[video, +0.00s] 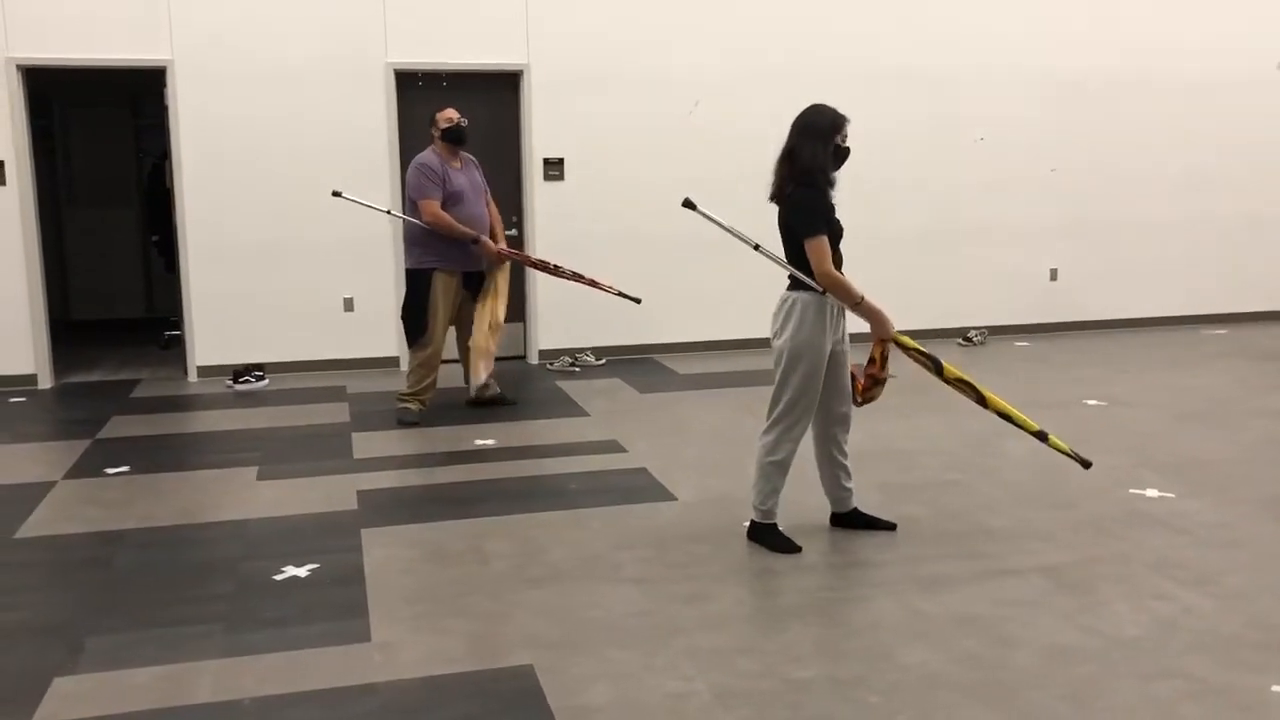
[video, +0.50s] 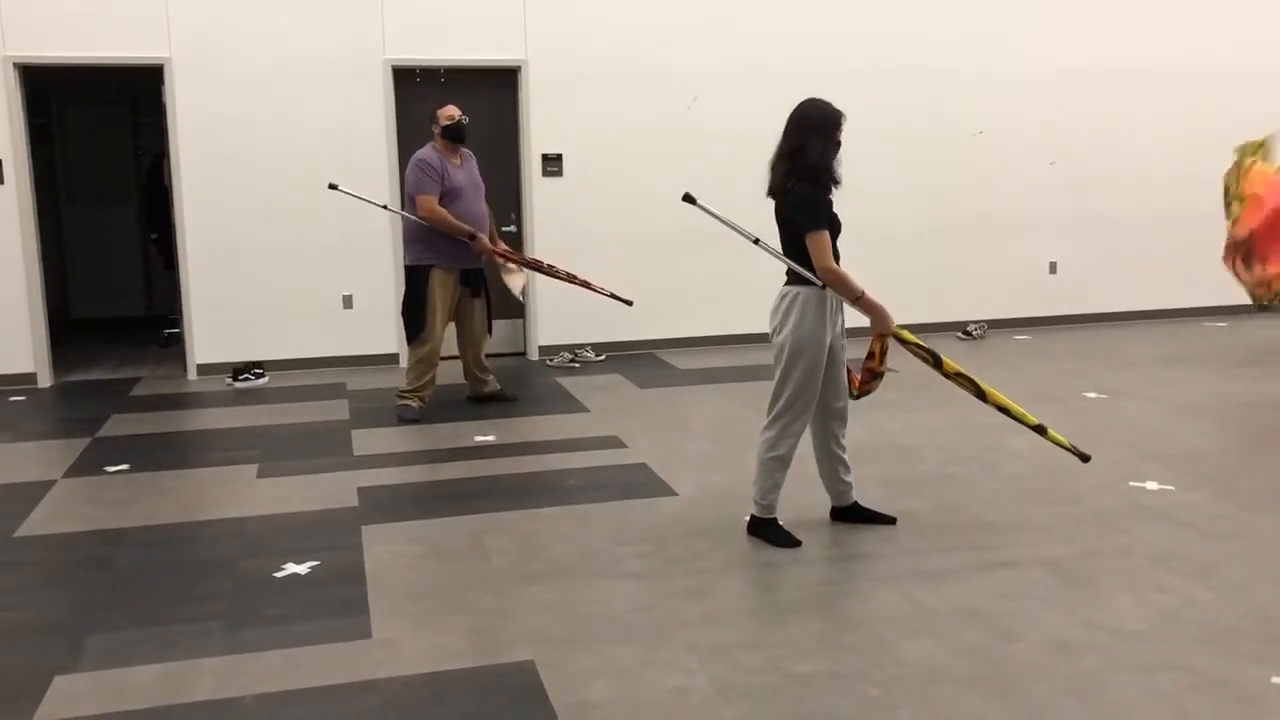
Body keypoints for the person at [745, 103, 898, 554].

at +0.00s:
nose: (844, 148)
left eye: (844, 140)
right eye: (838, 140)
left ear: (807, 140)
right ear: (819, 142)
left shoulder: (816, 192)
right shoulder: (804, 195)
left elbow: (823, 269)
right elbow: (824, 273)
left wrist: (854, 307)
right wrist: (874, 314)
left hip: (829, 311)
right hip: (805, 311)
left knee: (836, 414)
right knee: (789, 417)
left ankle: (843, 509)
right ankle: (762, 520)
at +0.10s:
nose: (844, 146)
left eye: (843, 138)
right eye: (838, 138)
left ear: (807, 140)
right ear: (820, 142)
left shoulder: (815, 193)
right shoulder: (805, 196)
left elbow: (822, 269)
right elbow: (824, 273)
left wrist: (856, 305)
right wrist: (874, 314)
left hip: (828, 310)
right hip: (805, 311)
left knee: (835, 414)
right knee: (789, 417)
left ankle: (844, 508)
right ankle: (763, 519)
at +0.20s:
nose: (844, 145)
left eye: (843, 136)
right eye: (838, 137)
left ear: (807, 138)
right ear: (820, 140)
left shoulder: (814, 192)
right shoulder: (804, 195)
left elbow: (821, 269)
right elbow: (824, 272)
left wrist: (855, 304)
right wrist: (874, 313)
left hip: (828, 309)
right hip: (805, 310)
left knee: (835, 413)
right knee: (789, 416)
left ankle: (844, 507)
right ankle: (763, 518)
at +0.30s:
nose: (842, 144)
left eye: (842, 136)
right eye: (837, 136)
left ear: (804, 136)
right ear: (820, 139)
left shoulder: (813, 190)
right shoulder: (804, 193)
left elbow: (820, 268)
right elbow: (825, 271)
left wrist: (855, 302)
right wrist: (874, 310)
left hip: (827, 308)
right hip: (805, 309)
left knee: (834, 411)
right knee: (789, 415)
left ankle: (844, 505)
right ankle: (763, 517)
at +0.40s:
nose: (841, 144)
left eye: (841, 136)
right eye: (836, 136)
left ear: (803, 135)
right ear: (820, 139)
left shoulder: (810, 189)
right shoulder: (804, 192)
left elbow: (818, 266)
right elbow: (824, 269)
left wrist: (851, 300)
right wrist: (874, 309)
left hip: (826, 307)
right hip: (805, 307)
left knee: (833, 411)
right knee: (789, 414)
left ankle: (844, 504)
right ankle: (763, 516)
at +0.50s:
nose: (840, 144)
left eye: (839, 136)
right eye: (835, 136)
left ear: (800, 135)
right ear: (819, 139)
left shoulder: (807, 189)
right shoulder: (805, 192)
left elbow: (818, 265)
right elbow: (825, 269)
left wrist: (852, 299)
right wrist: (875, 309)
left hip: (825, 305)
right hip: (805, 306)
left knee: (832, 410)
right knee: (789, 413)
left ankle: (843, 503)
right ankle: (762, 515)